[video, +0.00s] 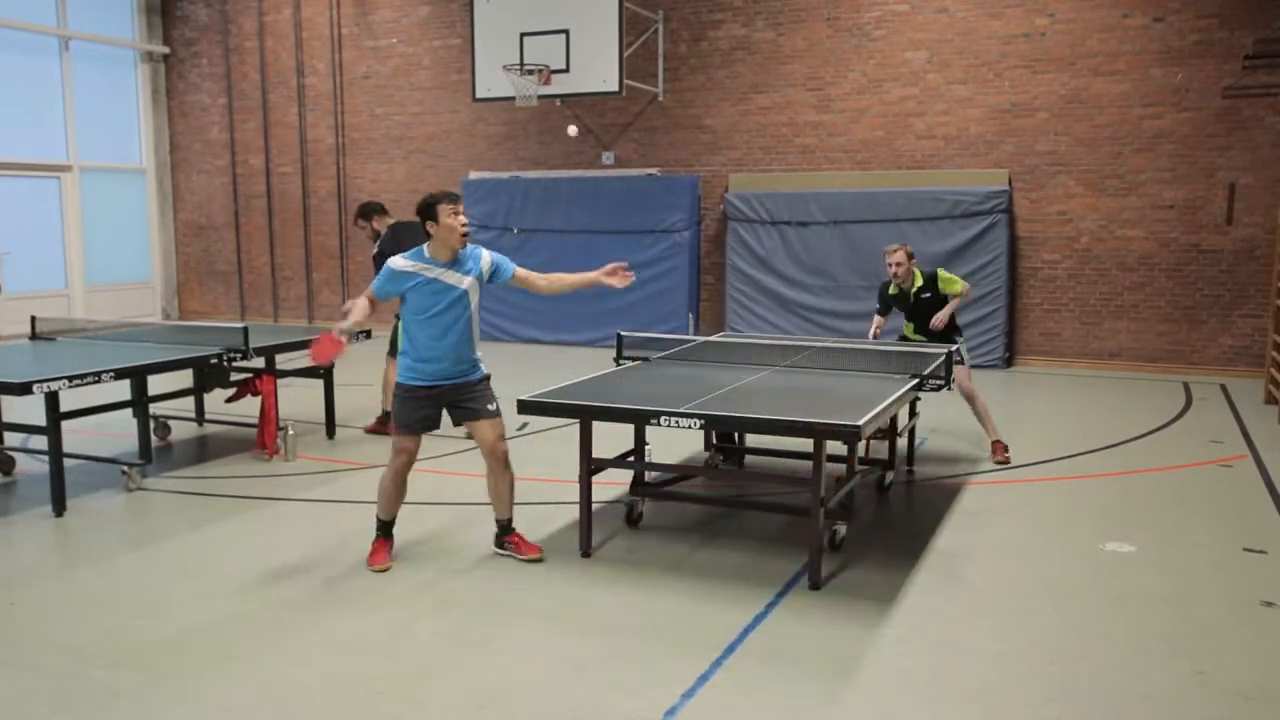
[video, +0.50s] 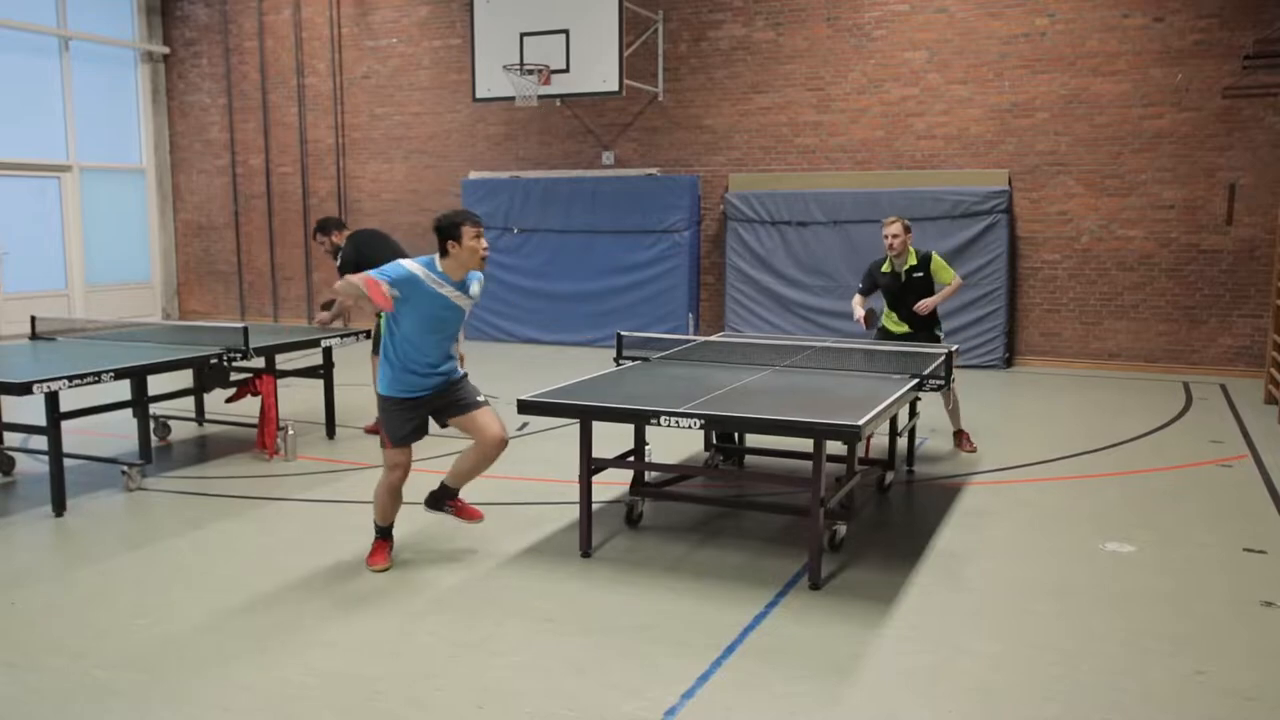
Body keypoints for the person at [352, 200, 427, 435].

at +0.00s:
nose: (366, 234)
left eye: (364, 227)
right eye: (362, 229)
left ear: (375, 220)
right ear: (385, 216)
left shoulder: (382, 249)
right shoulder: (421, 227)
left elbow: (380, 288)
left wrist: (358, 303)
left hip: (410, 312)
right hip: (444, 307)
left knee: (394, 362)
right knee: (452, 360)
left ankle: (388, 414)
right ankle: (472, 414)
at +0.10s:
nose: (352, 237)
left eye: (351, 232)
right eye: (350, 233)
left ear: (361, 226)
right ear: (372, 220)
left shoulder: (370, 250)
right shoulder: (407, 230)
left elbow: (362, 287)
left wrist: (346, 311)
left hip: (403, 310)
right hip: (433, 307)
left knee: (386, 361)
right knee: (424, 361)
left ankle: (386, 413)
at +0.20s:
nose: (341, 245)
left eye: (339, 239)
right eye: (338, 240)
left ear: (350, 231)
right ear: (358, 226)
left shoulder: (364, 245)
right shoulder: (398, 232)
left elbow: (357, 292)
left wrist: (338, 317)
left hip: (398, 310)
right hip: (425, 305)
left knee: (382, 358)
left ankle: (385, 416)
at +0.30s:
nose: (331, 247)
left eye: (331, 240)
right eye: (328, 242)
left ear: (343, 233)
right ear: (350, 230)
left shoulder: (359, 245)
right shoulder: (387, 235)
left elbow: (351, 301)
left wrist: (334, 321)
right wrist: (377, 301)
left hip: (395, 310)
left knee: (380, 358)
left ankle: (383, 419)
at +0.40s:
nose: (326, 248)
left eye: (326, 242)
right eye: (324, 244)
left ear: (338, 234)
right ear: (344, 232)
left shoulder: (355, 245)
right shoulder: (375, 237)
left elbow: (349, 299)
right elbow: (385, 278)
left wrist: (331, 322)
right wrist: (357, 303)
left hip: (394, 309)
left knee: (379, 359)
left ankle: (383, 418)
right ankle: (390, 418)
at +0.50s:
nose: (324, 248)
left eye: (323, 242)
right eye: (321, 244)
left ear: (336, 235)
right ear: (339, 234)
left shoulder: (349, 252)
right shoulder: (366, 236)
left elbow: (348, 296)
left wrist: (330, 316)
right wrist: (334, 309)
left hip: (393, 303)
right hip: (410, 294)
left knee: (378, 358)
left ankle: (384, 416)